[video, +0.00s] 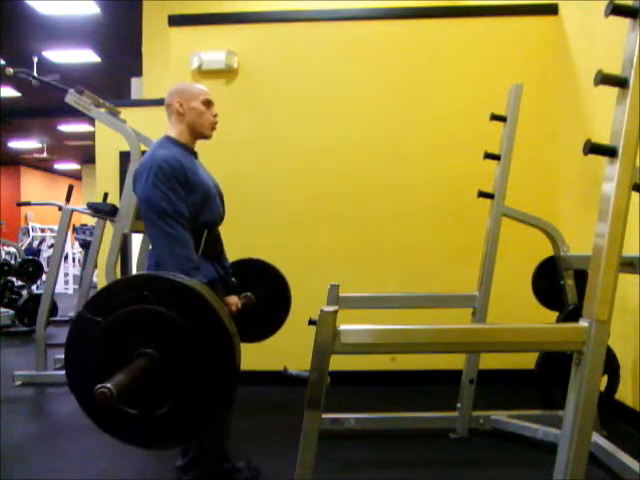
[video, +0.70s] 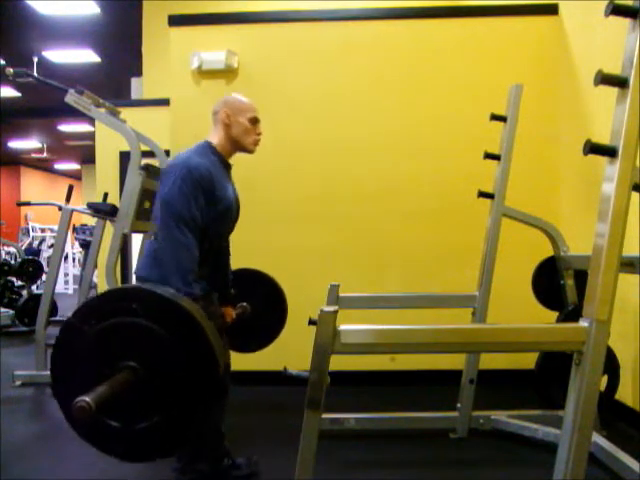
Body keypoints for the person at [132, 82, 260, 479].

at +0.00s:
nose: (215, 113)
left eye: (214, 106)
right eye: (207, 105)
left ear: (182, 109)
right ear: (179, 108)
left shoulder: (185, 160)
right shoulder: (163, 162)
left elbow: (205, 238)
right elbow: (173, 246)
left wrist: (229, 285)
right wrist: (216, 293)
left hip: (199, 293)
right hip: (181, 298)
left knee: (211, 375)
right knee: (207, 377)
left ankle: (204, 457)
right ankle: (208, 462)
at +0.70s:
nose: (259, 131)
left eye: (259, 123)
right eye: (252, 122)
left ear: (230, 124)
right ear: (226, 121)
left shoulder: (220, 172)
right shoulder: (190, 167)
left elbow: (216, 246)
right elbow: (177, 240)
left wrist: (226, 297)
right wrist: (203, 300)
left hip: (196, 294)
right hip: (169, 294)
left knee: (211, 374)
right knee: (199, 376)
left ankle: (208, 456)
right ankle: (199, 460)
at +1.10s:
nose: (296, 178)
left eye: (296, 171)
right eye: (291, 170)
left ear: (265, 169)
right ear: (264, 166)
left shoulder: (243, 211)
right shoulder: (216, 202)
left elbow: (228, 279)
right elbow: (193, 278)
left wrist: (232, 327)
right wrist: (205, 338)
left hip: (175, 288)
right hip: (151, 285)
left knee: (182, 373)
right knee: (161, 374)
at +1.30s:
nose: (309, 198)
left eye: (308, 190)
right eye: (303, 189)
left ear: (278, 185)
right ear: (278, 185)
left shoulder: (251, 226)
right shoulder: (229, 220)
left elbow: (235, 291)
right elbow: (201, 291)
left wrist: (235, 341)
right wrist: (206, 358)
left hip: (175, 284)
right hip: (150, 281)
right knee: (169, 368)